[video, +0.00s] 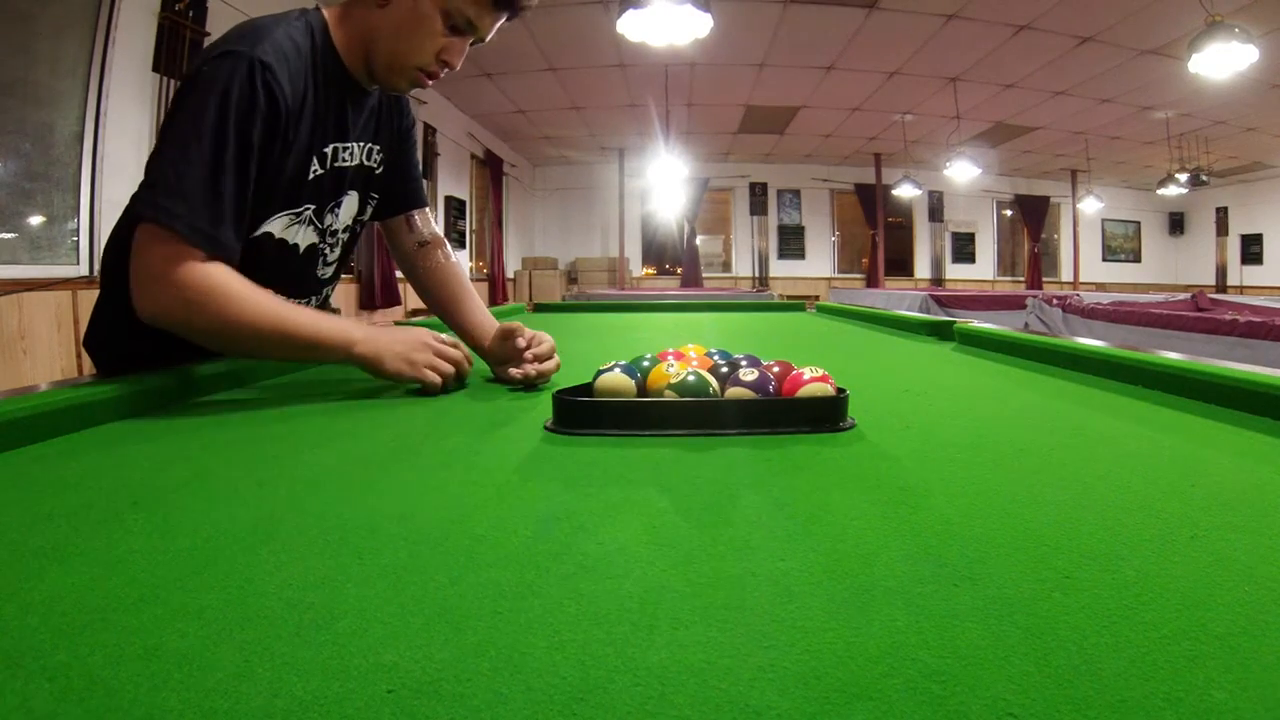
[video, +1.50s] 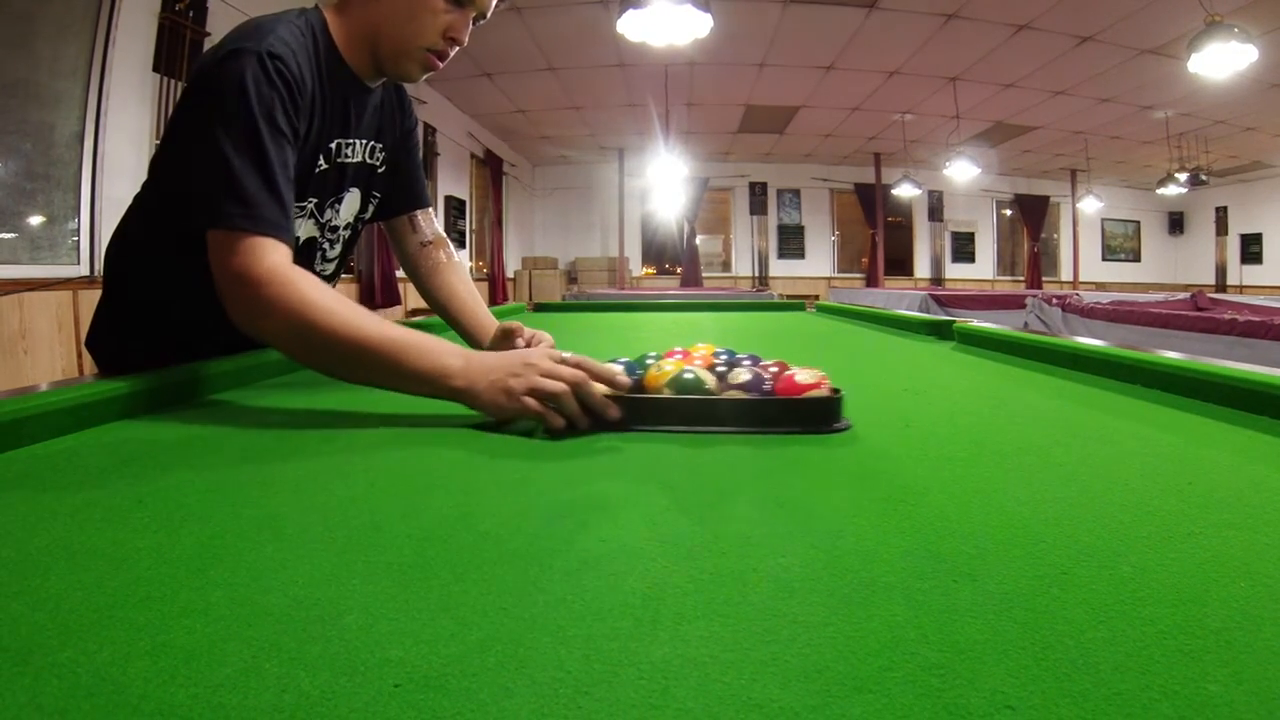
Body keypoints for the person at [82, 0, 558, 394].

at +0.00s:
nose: (455, 62)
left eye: (472, 44)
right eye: (455, 27)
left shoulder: (384, 101)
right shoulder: (254, 66)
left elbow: (417, 238)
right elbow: (164, 282)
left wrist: (490, 338)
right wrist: (364, 338)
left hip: (272, 368)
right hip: (161, 370)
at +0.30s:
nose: (453, 50)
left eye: (469, 33)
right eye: (450, 16)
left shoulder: (380, 97)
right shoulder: (246, 66)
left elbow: (417, 235)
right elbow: (160, 283)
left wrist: (489, 337)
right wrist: (363, 333)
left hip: (270, 368)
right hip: (156, 369)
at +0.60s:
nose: (457, 44)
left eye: (473, 29)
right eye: (452, 10)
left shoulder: (386, 99)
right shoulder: (255, 60)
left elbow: (422, 238)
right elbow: (225, 275)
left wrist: (482, 334)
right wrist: (448, 337)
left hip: (269, 355)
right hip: (158, 364)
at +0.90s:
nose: (462, 44)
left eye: (475, 30)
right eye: (458, 11)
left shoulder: (389, 98)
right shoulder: (262, 62)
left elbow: (422, 239)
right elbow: (242, 282)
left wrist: (491, 336)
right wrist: (460, 364)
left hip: (267, 354)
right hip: (157, 361)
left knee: (247, 552)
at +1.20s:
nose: (464, 38)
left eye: (475, 23)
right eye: (457, 7)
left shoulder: (389, 95)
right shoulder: (264, 62)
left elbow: (422, 240)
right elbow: (265, 278)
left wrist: (497, 342)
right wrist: (484, 365)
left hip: (274, 351)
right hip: (161, 359)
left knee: (252, 553)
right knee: (149, 560)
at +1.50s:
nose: (463, 37)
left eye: (475, 22)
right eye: (457, 6)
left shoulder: (390, 101)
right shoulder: (262, 62)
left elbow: (424, 241)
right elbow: (256, 282)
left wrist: (490, 333)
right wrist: (472, 374)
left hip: (269, 357)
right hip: (159, 363)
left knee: (247, 556)